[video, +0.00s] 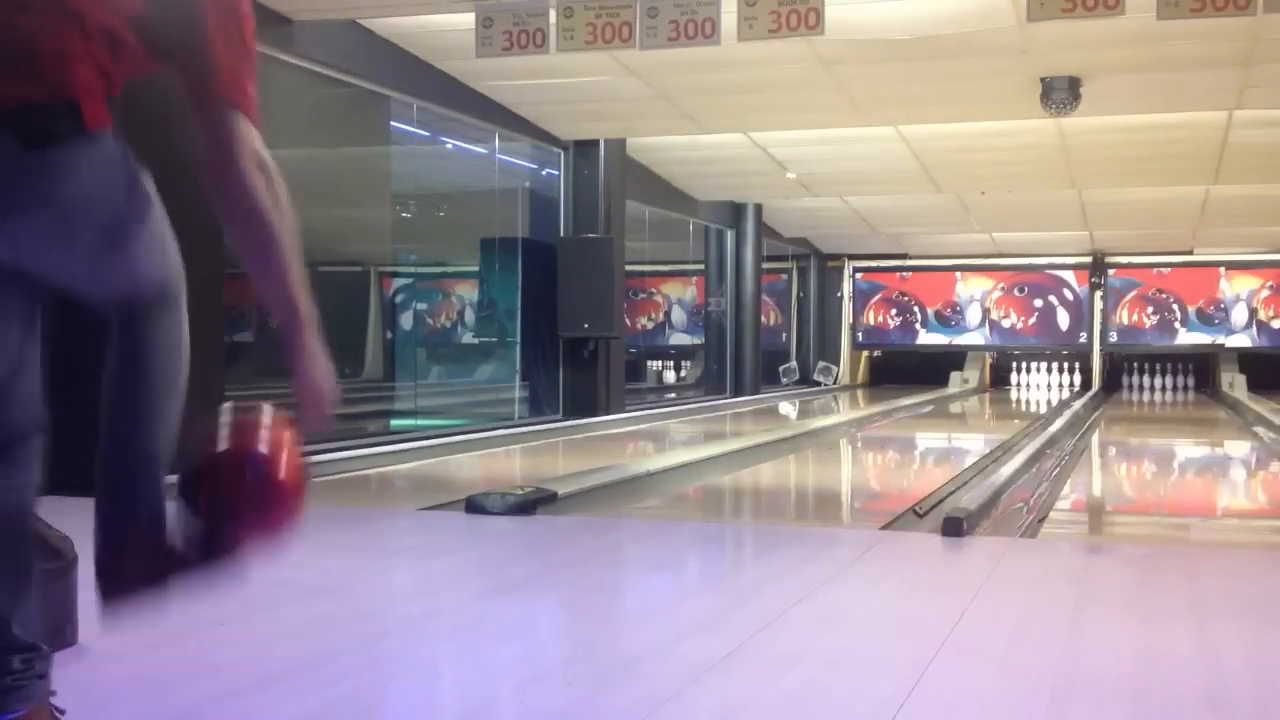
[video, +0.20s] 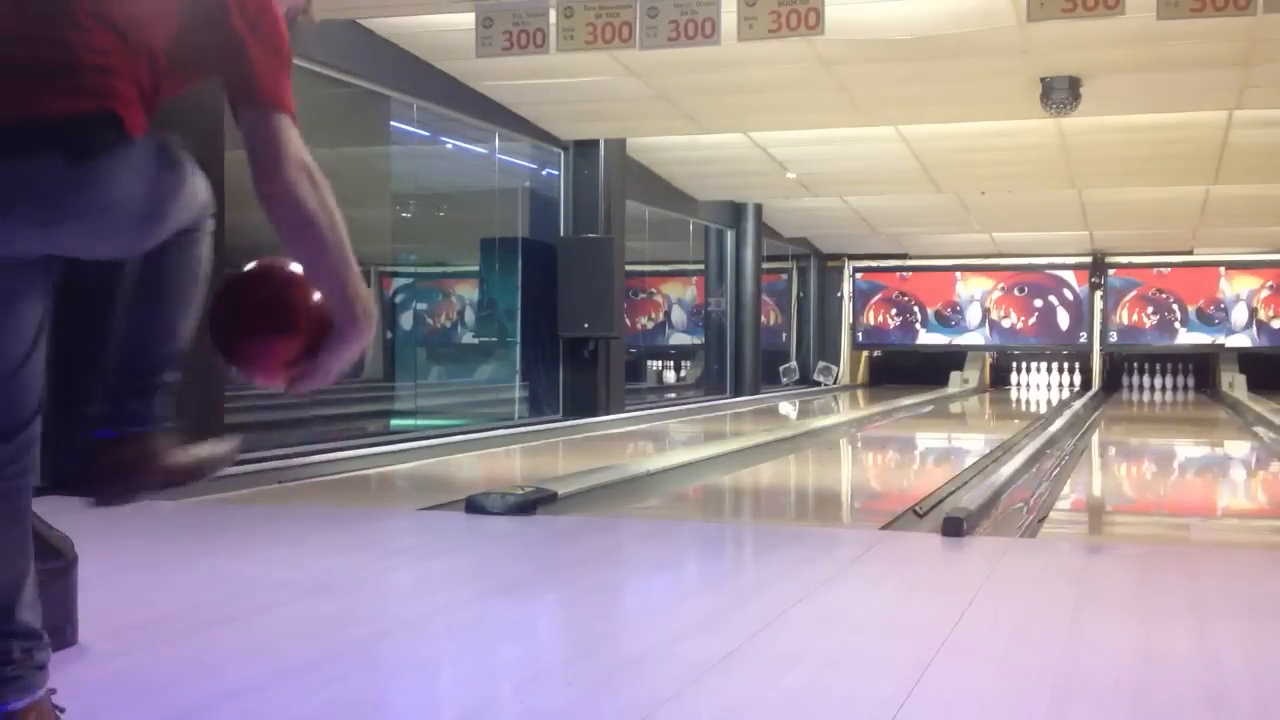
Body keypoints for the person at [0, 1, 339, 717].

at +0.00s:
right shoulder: (210, 9)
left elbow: (239, 156)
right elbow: (236, 155)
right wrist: (303, 338)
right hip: (45, 119)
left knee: (13, 428)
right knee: (151, 297)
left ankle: (16, 680)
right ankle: (135, 544)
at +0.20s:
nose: (303, 18)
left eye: (303, 17)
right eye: (300, 12)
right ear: (282, 1)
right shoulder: (242, 5)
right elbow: (282, 174)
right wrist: (355, 311)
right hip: (66, 159)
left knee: (7, 456)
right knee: (186, 204)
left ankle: (15, 690)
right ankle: (129, 438)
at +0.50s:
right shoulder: (306, 3)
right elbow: (309, 134)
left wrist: (156, 262)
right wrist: (296, 277)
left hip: (62, 161)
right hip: (186, 145)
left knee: (90, 421)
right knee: (311, 239)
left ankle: (28, 650)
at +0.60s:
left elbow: (60, 154)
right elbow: (344, 105)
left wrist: (60, 251)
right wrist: (360, 268)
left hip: (120, 209)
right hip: (233, 192)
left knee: (123, 447)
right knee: (345, 320)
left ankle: (38, 656)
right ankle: (371, 518)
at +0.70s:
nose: (415, 40)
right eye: (421, 27)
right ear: (405, 11)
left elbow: (110, 112)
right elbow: (346, 37)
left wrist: (96, 220)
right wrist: (308, 193)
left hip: (182, 241)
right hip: (290, 239)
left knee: (161, 477)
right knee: (380, 404)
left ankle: (52, 645)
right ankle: (398, 575)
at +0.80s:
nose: (514, 32)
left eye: (519, 21)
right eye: (515, 17)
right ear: (491, 6)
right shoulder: (453, 28)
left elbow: (218, 82)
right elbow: (351, 24)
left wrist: (170, 157)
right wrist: (243, 134)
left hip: (255, 257)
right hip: (344, 253)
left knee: (207, 465)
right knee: (415, 423)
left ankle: (77, 606)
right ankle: (407, 605)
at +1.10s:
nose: (656, 144)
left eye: (662, 132)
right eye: (658, 129)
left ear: (611, 105)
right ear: (637, 120)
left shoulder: (560, 131)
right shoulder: (580, 143)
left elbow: (428, 162)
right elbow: (493, 153)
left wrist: (351, 228)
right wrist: (446, 216)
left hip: (385, 278)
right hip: (424, 286)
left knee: (461, 439)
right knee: (477, 450)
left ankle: (410, 585)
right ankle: (413, 604)